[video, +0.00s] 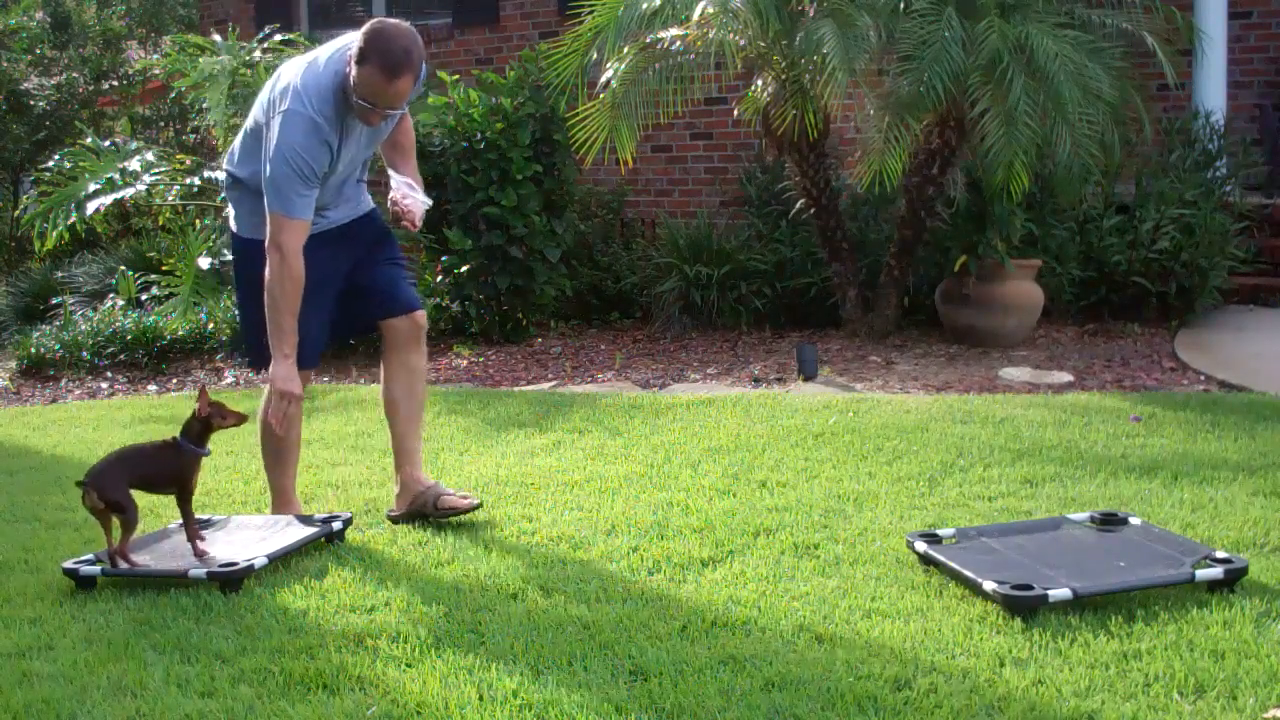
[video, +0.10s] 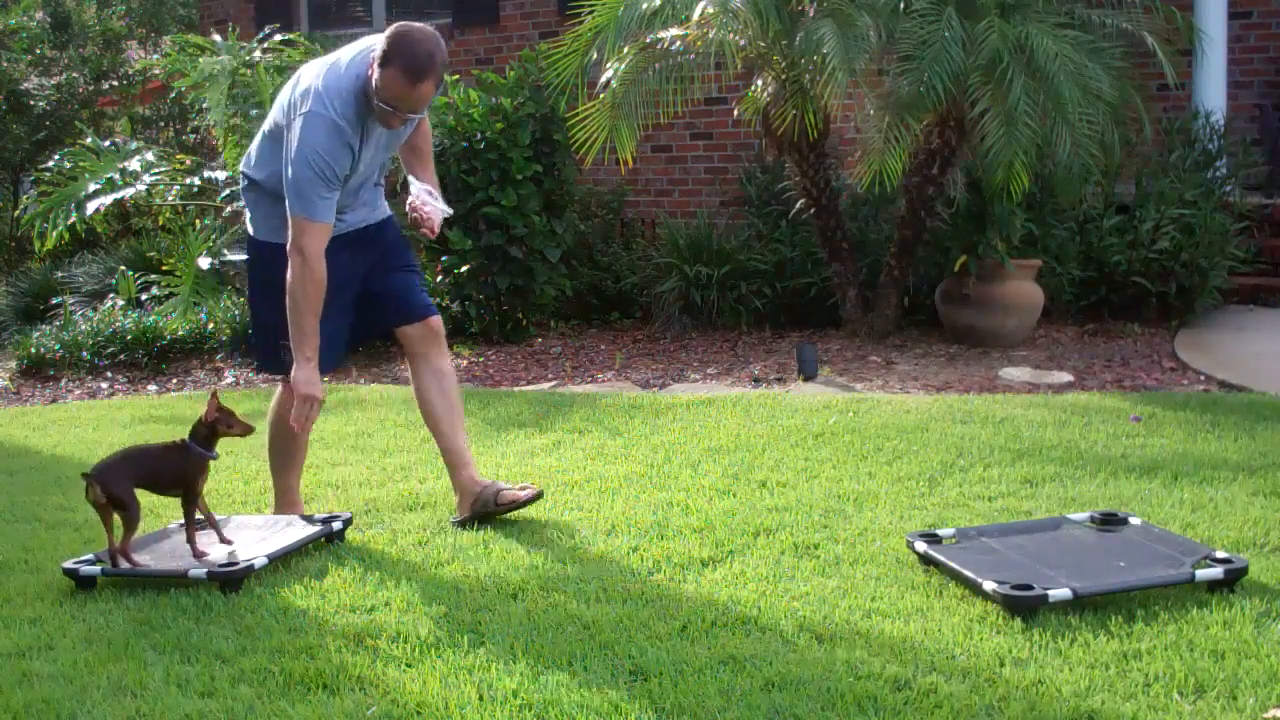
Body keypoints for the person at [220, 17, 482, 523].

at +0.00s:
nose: (380, 116)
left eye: (394, 107)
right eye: (368, 103)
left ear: (412, 77)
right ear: (351, 70)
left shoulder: (405, 62)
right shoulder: (301, 114)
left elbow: (396, 116)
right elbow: (283, 248)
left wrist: (409, 186)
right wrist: (283, 359)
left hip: (347, 210)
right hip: (275, 225)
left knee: (407, 321)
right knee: (288, 375)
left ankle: (411, 486)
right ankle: (285, 516)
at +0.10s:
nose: (402, 121)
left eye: (415, 111)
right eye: (391, 108)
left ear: (433, 83)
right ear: (374, 72)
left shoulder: (417, 72)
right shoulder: (322, 116)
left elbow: (414, 124)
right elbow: (305, 253)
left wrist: (426, 189)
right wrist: (304, 363)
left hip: (364, 212)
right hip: (293, 226)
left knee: (425, 328)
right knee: (302, 378)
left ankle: (469, 489)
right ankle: (287, 513)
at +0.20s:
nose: (428, 123)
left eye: (442, 115)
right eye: (418, 111)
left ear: (461, 87)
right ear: (401, 76)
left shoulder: (447, 71)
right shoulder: (350, 116)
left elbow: (439, 129)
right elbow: (331, 253)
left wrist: (446, 197)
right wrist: (329, 367)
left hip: (390, 219)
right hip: (313, 229)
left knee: (443, 345)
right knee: (316, 382)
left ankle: (481, 502)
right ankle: (289, 511)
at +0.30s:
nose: (460, 125)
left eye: (474, 116)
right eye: (449, 111)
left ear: (495, 90)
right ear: (436, 74)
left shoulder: (488, 79)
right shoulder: (384, 119)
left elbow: (473, 130)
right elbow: (362, 254)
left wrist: (472, 204)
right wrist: (359, 366)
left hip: (421, 220)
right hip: (343, 227)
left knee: (464, 346)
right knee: (329, 378)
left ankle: (485, 506)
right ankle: (290, 509)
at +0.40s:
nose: (498, 125)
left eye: (512, 118)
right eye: (487, 111)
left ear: (534, 92)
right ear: (475, 73)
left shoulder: (520, 81)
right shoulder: (423, 115)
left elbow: (507, 130)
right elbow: (394, 253)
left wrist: (504, 201)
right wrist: (387, 365)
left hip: (451, 216)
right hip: (372, 220)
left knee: (487, 344)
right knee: (356, 370)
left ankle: (487, 504)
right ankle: (300, 496)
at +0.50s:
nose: (532, 121)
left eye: (545, 113)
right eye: (523, 107)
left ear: (564, 85)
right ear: (508, 71)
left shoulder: (550, 72)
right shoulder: (452, 112)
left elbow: (540, 129)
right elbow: (424, 249)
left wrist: (535, 194)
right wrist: (414, 362)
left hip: (479, 206)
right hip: (403, 207)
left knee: (506, 347)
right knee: (412, 363)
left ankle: (489, 503)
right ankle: (320, 466)